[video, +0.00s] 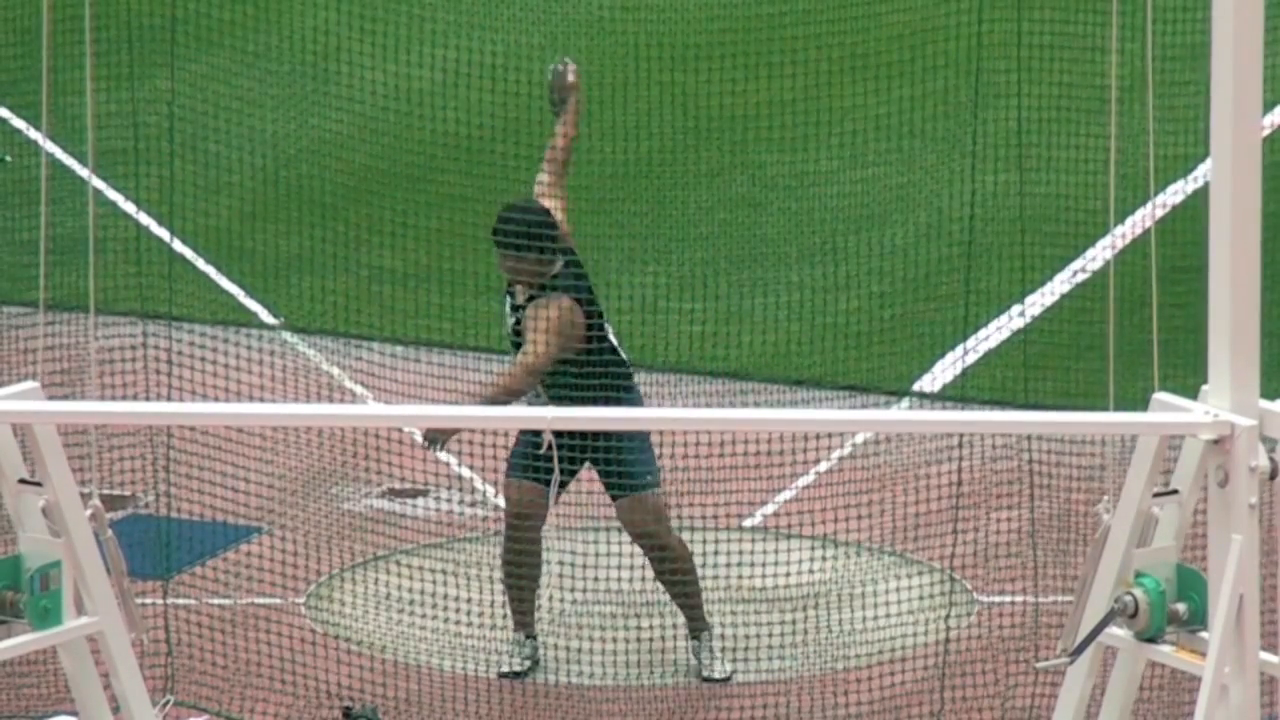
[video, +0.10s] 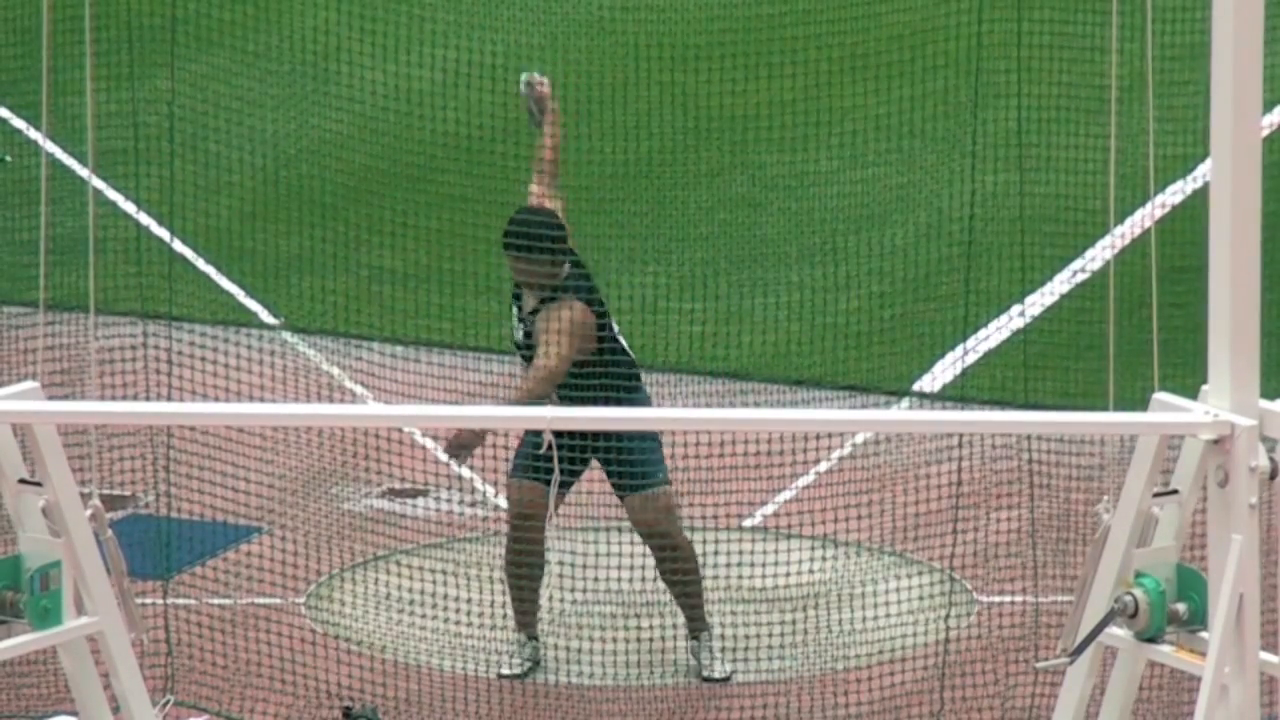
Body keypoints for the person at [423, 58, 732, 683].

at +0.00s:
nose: (503, 266)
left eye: (512, 259)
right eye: (502, 257)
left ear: (539, 257)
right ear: (514, 249)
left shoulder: (557, 308)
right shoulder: (544, 236)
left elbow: (520, 378)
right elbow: (552, 176)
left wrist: (456, 418)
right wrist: (568, 113)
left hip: (614, 421)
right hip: (555, 418)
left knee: (649, 529)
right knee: (520, 515)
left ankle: (702, 636)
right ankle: (524, 640)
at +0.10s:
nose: (522, 275)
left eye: (533, 267)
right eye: (517, 265)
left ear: (555, 263)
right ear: (513, 254)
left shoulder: (570, 311)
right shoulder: (538, 244)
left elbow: (540, 381)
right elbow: (544, 178)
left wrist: (479, 425)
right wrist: (548, 118)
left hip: (621, 416)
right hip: (559, 414)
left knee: (660, 527)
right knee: (523, 514)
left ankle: (702, 637)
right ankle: (527, 638)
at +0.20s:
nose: (551, 275)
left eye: (561, 267)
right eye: (543, 266)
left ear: (579, 268)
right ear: (531, 265)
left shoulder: (593, 317)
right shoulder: (535, 274)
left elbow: (584, 386)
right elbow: (525, 199)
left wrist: (551, 433)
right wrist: (517, 149)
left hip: (627, 420)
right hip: (564, 417)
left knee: (674, 518)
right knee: (523, 513)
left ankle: (698, 642)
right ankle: (527, 641)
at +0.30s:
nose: (597, 277)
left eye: (604, 268)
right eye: (587, 268)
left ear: (616, 267)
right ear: (568, 266)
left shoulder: (629, 316)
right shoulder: (548, 276)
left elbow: (658, 375)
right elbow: (511, 245)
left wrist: (666, 427)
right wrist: (481, 218)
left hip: (631, 425)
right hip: (564, 421)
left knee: (693, 513)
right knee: (522, 517)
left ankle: (687, 644)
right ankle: (528, 641)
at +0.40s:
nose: (662, 267)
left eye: (660, 258)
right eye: (652, 260)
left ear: (654, 261)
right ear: (621, 266)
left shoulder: (677, 307)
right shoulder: (571, 296)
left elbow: (747, 341)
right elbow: (506, 307)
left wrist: (807, 376)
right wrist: (453, 316)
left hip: (635, 439)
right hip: (566, 437)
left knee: (706, 517)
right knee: (524, 531)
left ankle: (685, 653)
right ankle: (528, 641)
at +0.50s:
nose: (701, 261)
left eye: (698, 254)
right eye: (693, 255)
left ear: (671, 265)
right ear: (667, 266)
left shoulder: (706, 296)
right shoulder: (611, 317)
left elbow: (772, 292)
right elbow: (538, 374)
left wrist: (842, 289)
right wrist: (484, 417)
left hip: (641, 452)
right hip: (589, 445)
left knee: (717, 532)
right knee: (571, 534)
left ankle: (698, 655)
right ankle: (504, 620)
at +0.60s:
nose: (710, 263)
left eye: (707, 258)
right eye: (705, 258)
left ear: (665, 265)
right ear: (694, 268)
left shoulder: (679, 304)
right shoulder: (652, 330)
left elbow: (693, 273)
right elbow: (606, 403)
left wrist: (717, 267)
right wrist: (581, 463)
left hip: (648, 450)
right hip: (622, 448)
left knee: (717, 535)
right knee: (673, 532)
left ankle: (700, 652)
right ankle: (567, 572)